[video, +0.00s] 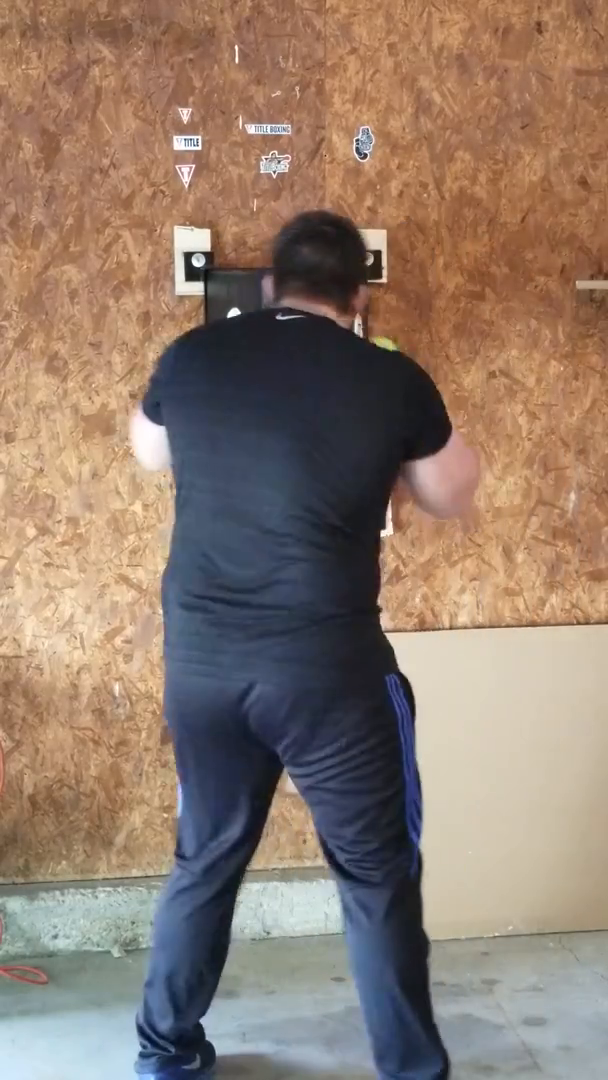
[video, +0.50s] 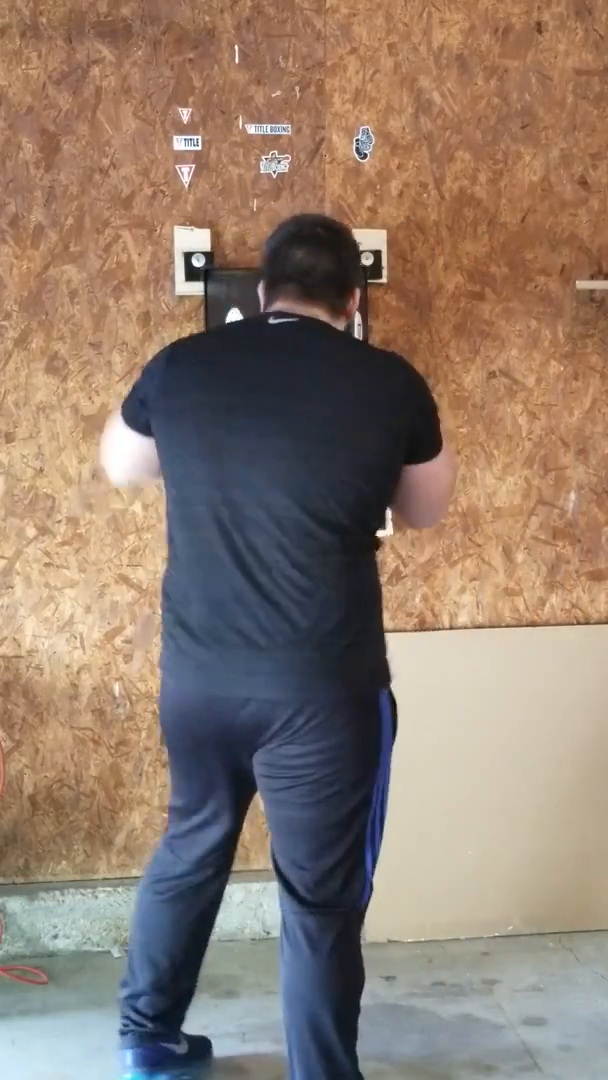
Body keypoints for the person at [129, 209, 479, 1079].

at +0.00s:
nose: (360, 309)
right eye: (361, 296)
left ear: (267, 285)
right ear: (358, 298)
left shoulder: (192, 355)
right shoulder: (389, 378)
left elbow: (150, 452)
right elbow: (450, 496)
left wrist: (245, 427)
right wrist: (375, 461)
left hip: (199, 668)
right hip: (324, 668)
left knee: (203, 858)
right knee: (375, 873)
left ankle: (165, 1051)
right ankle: (412, 1065)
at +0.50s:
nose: (360, 306)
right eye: (360, 293)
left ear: (259, 291)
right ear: (350, 300)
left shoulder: (183, 363)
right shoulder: (390, 383)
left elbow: (123, 464)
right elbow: (425, 509)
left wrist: (211, 425)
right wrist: (347, 458)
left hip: (197, 678)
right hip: (320, 685)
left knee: (190, 842)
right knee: (320, 903)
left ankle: (147, 1037)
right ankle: (326, 1069)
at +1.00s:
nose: (224, 288)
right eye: (226, 278)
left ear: (134, 287)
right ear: (221, 282)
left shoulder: (77, 355)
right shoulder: (273, 341)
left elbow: (37, 458)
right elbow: (371, 381)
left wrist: (119, 411)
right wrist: (317, 330)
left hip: (114, 652)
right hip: (236, 647)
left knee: (116, 859)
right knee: (244, 867)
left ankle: (100, 1048)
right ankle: (230, 1062)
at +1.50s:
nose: (289, 331)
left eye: (290, 317)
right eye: (292, 317)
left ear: (208, 289)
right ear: (277, 311)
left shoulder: (129, 349)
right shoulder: (245, 380)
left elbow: (174, 478)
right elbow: (313, 511)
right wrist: (311, 402)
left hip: (73, 647)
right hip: (168, 664)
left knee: (122, 816)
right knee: (218, 877)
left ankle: (70, 1001)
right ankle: (198, 1064)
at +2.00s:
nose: (165, 300)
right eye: (166, 290)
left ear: (83, 303)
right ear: (164, 296)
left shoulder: (22, 381)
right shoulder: (214, 356)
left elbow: (17, 511)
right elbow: (338, 396)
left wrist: (81, 478)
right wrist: (246, 362)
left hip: (91, 651)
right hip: (209, 642)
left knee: (92, 820)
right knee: (213, 855)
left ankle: (60, 1004)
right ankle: (208, 1048)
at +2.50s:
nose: (243, 348)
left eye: (248, 336)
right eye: (248, 333)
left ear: (174, 290)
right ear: (226, 325)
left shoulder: (93, 340)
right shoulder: (143, 371)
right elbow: (223, 507)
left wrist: (211, 406)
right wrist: (259, 420)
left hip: (90, 617)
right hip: (90, 627)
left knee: (132, 780)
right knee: (113, 822)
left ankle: (58, 962)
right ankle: (59, 1041)